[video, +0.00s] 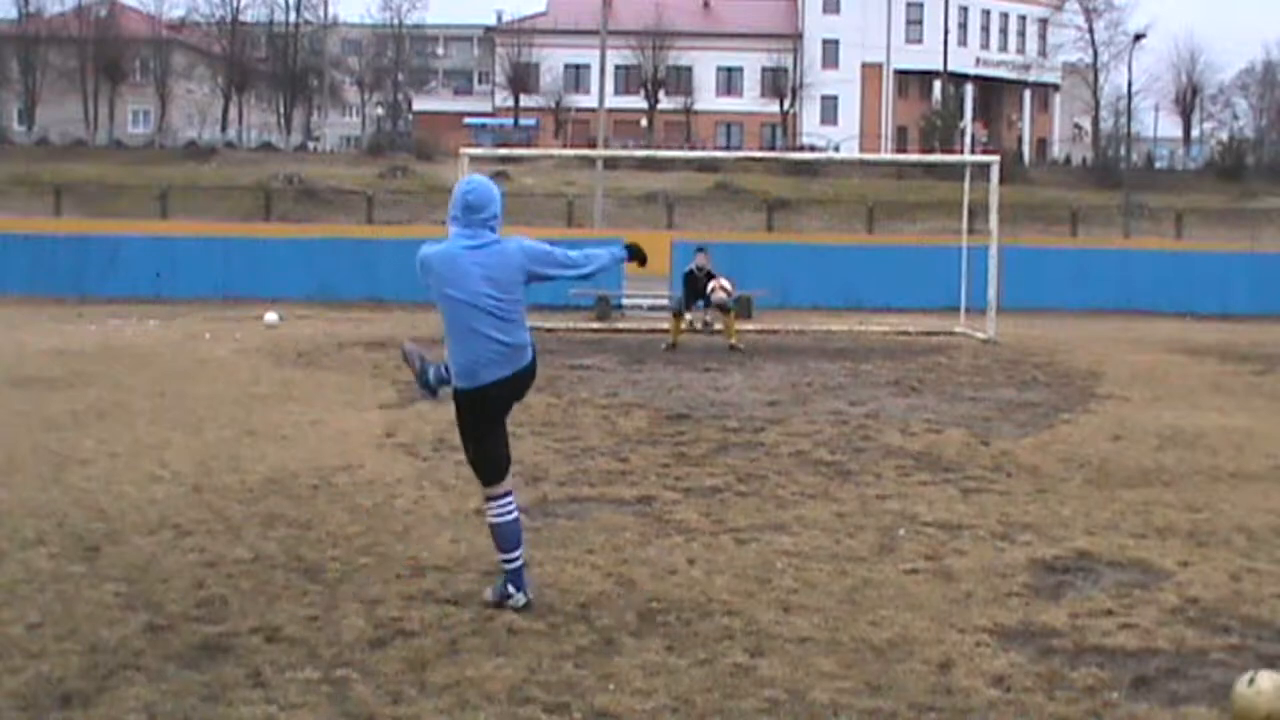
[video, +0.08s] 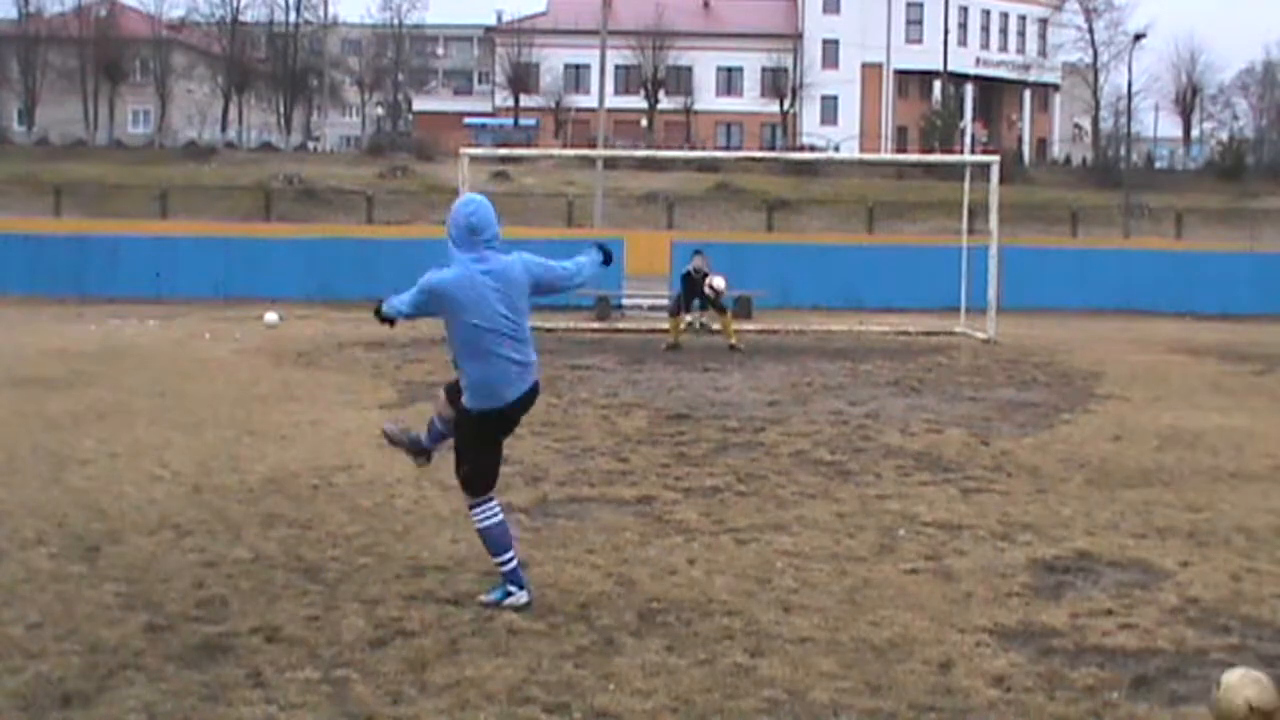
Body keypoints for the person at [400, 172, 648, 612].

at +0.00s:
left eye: (454, 209)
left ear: (454, 213)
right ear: (496, 214)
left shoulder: (433, 258)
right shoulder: (516, 251)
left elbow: (435, 296)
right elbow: (574, 263)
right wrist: (621, 251)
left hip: (477, 386)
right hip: (522, 371)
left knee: (496, 488)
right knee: (472, 353)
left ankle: (515, 584)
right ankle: (434, 376)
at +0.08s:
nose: (454, 234)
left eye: (452, 228)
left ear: (453, 233)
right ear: (494, 229)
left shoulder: (443, 282)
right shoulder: (518, 266)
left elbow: (407, 306)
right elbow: (567, 276)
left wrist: (386, 310)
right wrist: (598, 257)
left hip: (487, 403)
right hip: (526, 387)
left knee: (477, 491)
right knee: (454, 397)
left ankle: (515, 584)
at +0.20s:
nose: (448, 235)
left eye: (450, 229)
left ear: (452, 235)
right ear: (491, 230)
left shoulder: (455, 288)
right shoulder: (516, 266)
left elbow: (404, 332)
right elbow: (546, 274)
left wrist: (339, 358)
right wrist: (531, 269)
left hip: (475, 405)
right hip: (513, 398)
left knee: (470, 493)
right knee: (461, 473)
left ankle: (515, 583)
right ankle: (440, 538)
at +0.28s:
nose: (447, 232)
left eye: (448, 226)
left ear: (452, 230)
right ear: (490, 224)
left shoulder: (458, 278)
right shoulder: (511, 264)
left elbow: (425, 328)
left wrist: (382, 368)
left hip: (467, 400)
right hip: (505, 393)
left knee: (457, 488)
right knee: (476, 475)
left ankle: (508, 574)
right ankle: (480, 561)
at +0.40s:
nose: (433, 225)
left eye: (434, 218)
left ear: (436, 223)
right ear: (473, 220)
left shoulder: (448, 268)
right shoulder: (490, 258)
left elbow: (468, 304)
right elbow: (451, 284)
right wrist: (414, 287)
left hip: (457, 396)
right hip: (497, 390)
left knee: (418, 477)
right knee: (474, 473)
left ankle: (479, 545)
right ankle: (478, 564)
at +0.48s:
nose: (420, 224)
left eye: (421, 217)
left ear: (426, 221)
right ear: (461, 216)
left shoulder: (446, 262)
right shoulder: (473, 253)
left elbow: (489, 299)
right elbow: (423, 291)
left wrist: (536, 331)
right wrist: (375, 304)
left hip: (452, 388)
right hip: (488, 385)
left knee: (402, 461)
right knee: (471, 475)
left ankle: (449, 541)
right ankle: (477, 570)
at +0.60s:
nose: (401, 223)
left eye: (403, 217)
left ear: (407, 218)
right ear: (441, 213)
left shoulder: (437, 257)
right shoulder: (432, 259)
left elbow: (491, 295)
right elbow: (401, 310)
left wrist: (538, 335)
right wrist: (361, 338)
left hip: (441, 385)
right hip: (476, 382)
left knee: (388, 461)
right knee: (471, 476)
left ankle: (392, 563)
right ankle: (477, 571)